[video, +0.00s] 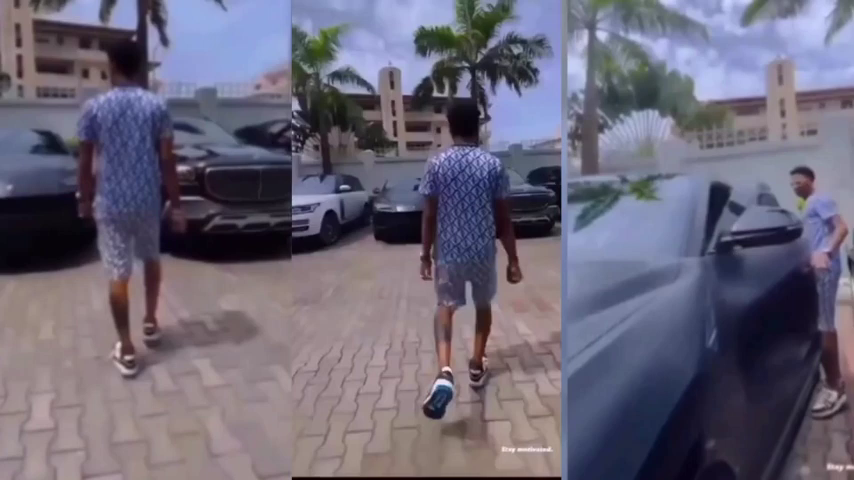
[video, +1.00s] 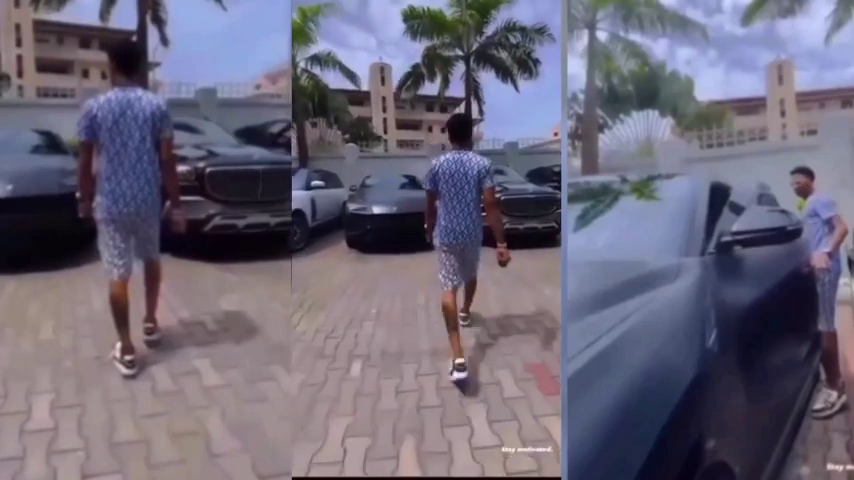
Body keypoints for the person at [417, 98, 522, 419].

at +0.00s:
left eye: (452, 125)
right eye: (476, 125)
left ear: (450, 128)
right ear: (478, 127)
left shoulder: (437, 163)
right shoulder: (492, 163)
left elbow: (429, 214)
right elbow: (503, 218)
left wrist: (426, 253)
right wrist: (513, 260)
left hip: (448, 252)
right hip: (482, 251)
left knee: (445, 305)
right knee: (483, 307)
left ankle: (444, 370)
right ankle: (477, 365)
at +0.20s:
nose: (448, 126)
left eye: (447, 120)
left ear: (448, 123)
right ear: (475, 122)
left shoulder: (437, 158)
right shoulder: (490, 156)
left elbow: (429, 207)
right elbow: (501, 201)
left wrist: (431, 242)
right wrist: (493, 230)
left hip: (450, 242)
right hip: (481, 242)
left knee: (451, 290)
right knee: (480, 311)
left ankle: (456, 342)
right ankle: (474, 385)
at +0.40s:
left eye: (447, 132)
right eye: (470, 131)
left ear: (445, 135)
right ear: (471, 133)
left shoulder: (436, 168)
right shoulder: (484, 163)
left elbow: (429, 212)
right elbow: (495, 202)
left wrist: (427, 247)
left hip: (448, 245)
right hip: (478, 246)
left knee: (455, 285)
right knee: (482, 314)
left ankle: (461, 324)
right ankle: (474, 397)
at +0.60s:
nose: (469, 128)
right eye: (468, 123)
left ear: (441, 127)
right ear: (468, 124)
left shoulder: (433, 159)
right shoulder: (479, 155)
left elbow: (428, 204)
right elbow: (488, 197)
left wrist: (427, 238)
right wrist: (490, 225)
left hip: (445, 234)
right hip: (473, 233)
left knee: (452, 287)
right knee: (483, 286)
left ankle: (461, 337)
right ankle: (479, 335)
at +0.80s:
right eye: (469, 127)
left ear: (443, 131)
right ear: (468, 129)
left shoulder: (433, 160)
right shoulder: (479, 159)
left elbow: (426, 203)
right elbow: (489, 202)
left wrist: (431, 229)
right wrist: (500, 239)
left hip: (442, 231)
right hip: (471, 230)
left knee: (452, 290)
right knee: (475, 274)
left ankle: (461, 353)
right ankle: (474, 316)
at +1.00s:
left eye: (451, 132)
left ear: (449, 135)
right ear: (471, 135)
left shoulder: (438, 165)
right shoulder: (481, 164)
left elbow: (431, 203)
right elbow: (489, 204)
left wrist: (430, 228)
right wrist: (500, 243)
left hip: (444, 234)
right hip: (472, 233)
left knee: (449, 289)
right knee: (471, 275)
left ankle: (458, 357)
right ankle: (465, 311)